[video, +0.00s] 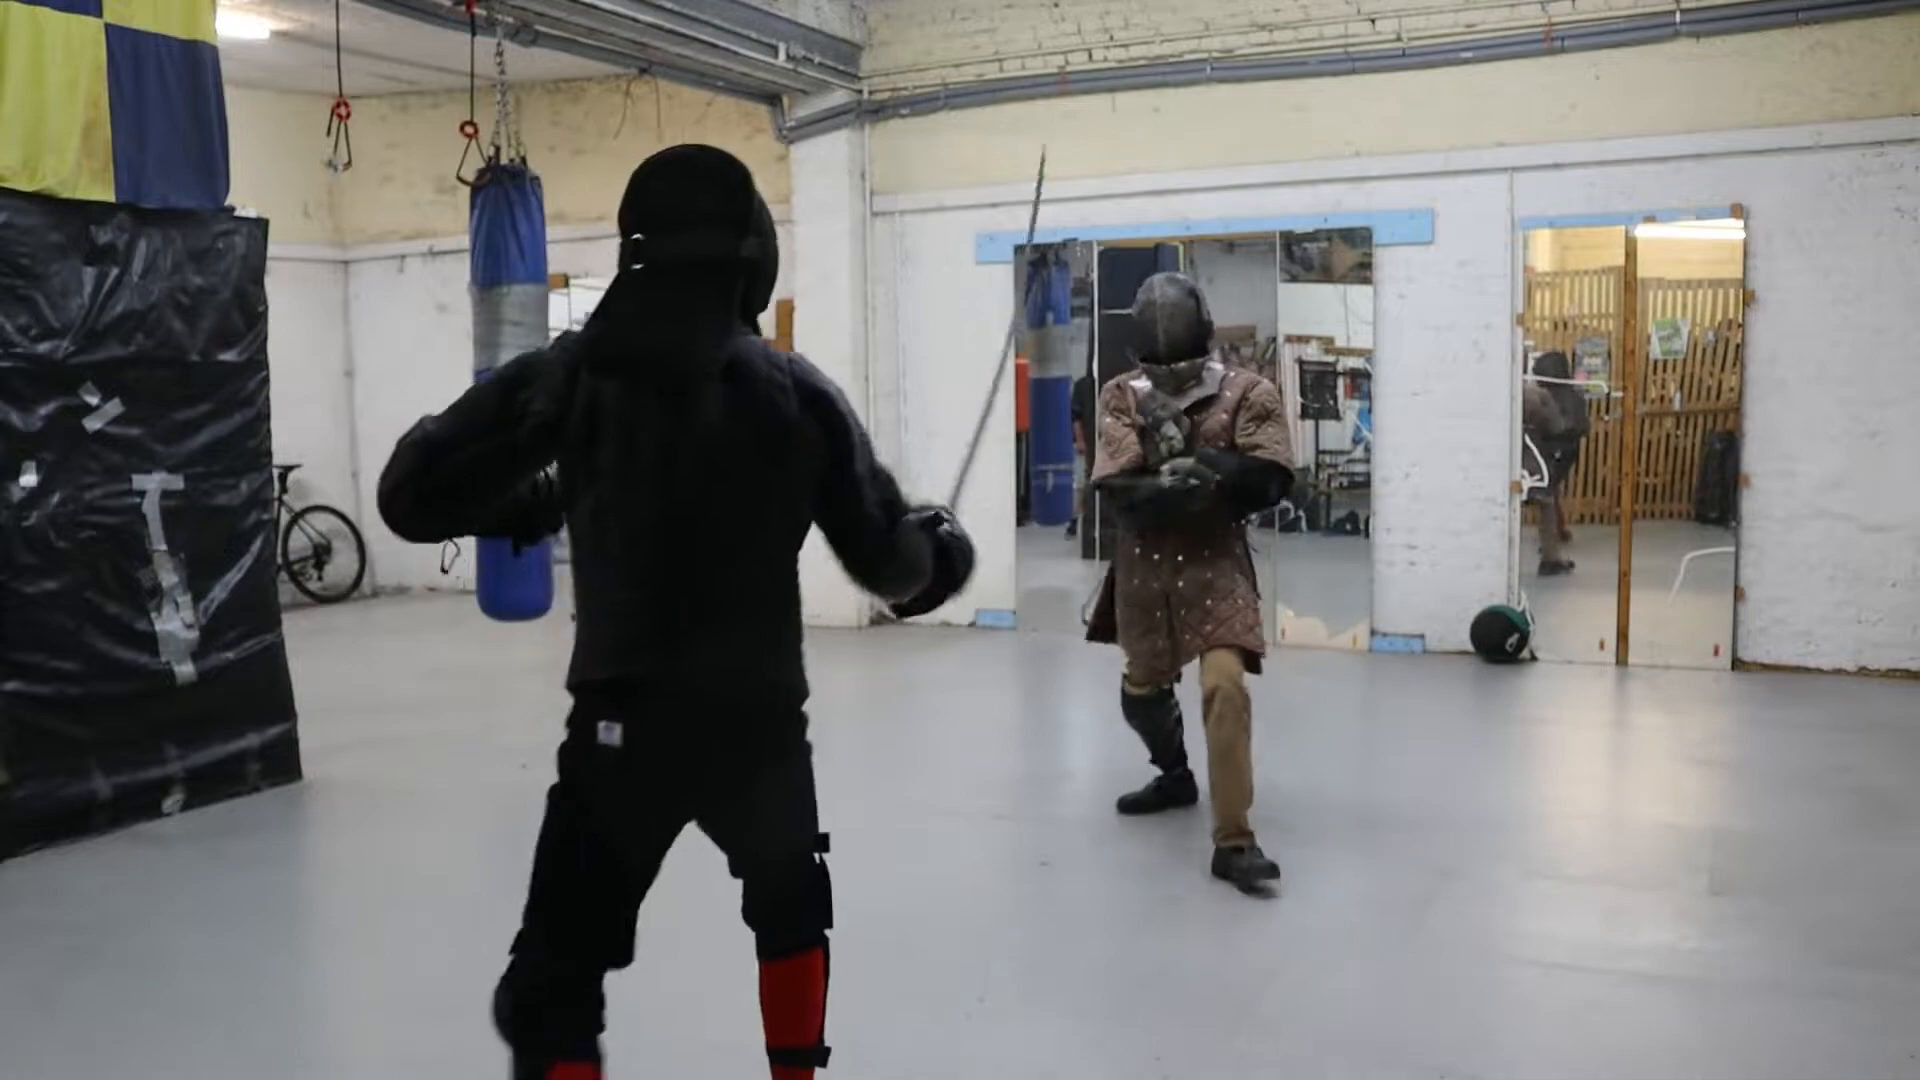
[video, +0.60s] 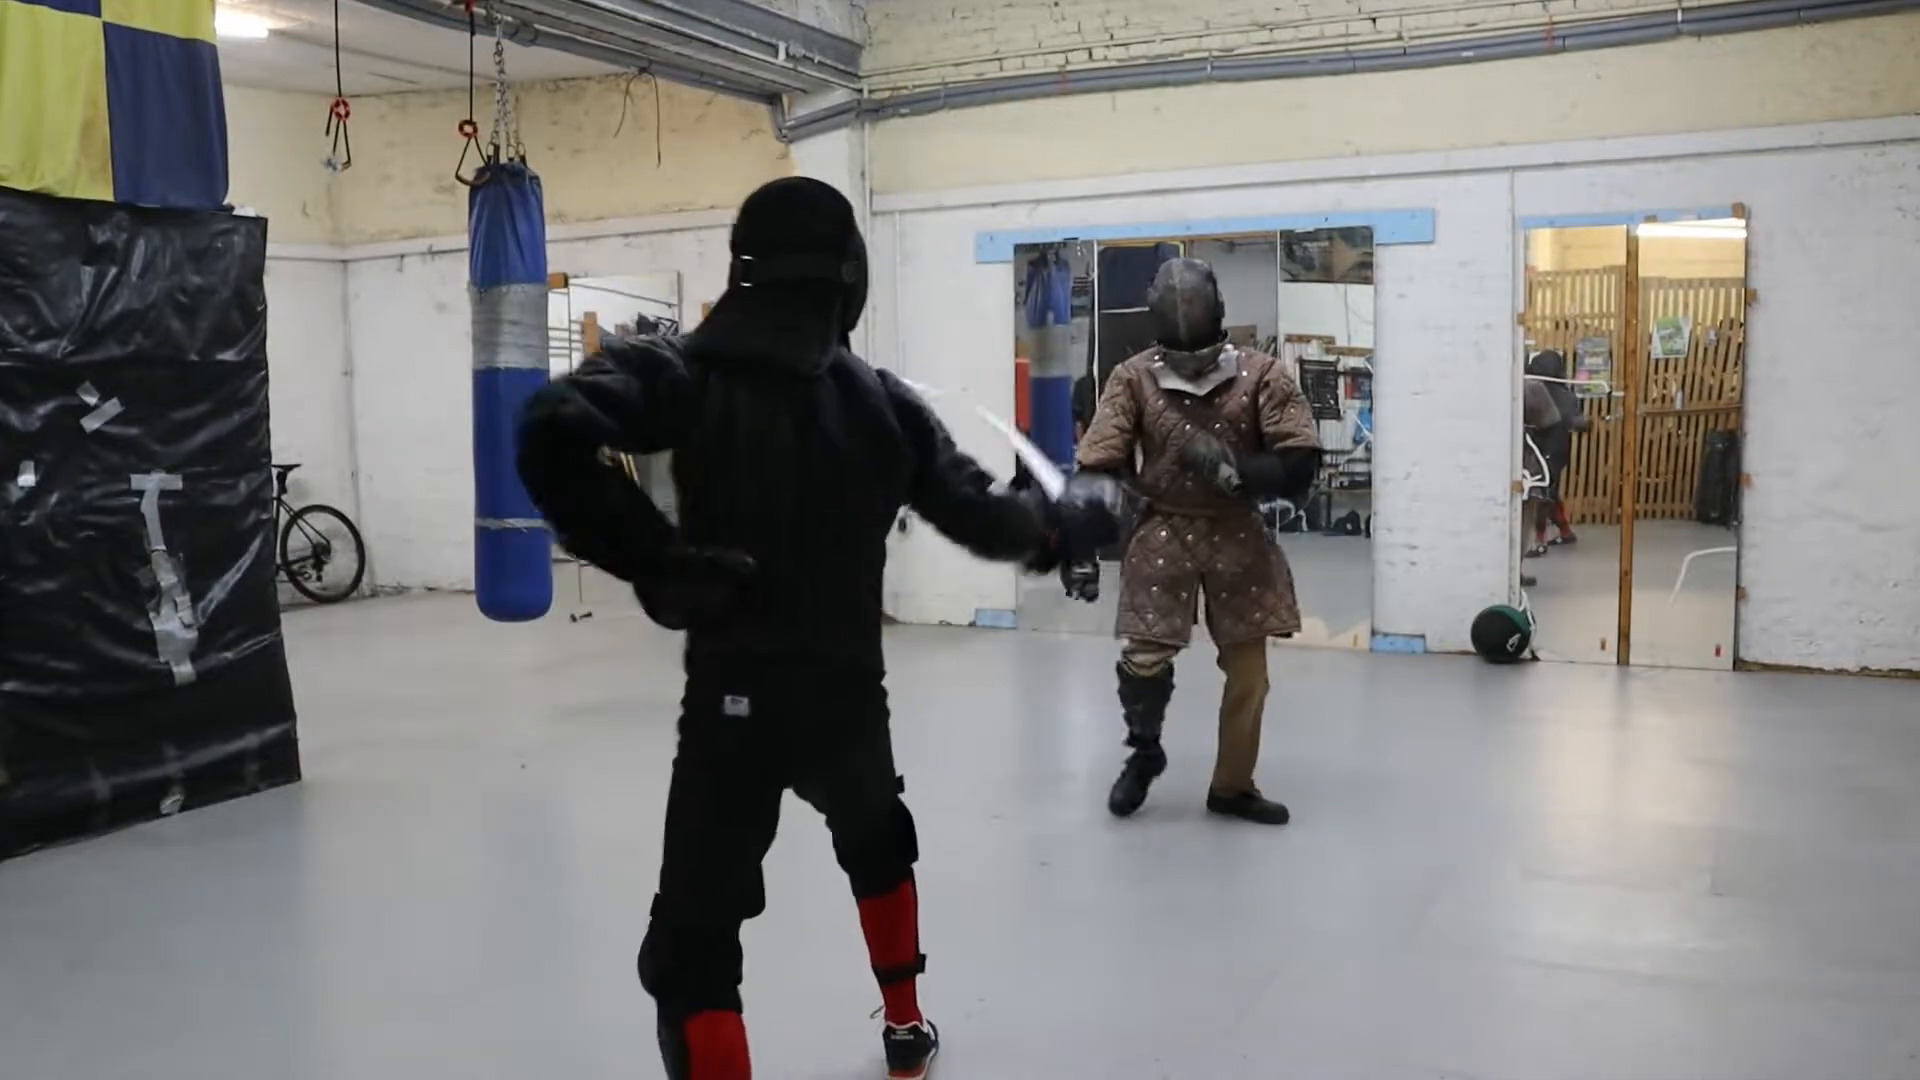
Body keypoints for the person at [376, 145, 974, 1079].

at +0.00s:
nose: (764, 264)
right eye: (758, 246)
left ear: (633, 254)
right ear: (752, 259)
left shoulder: (568, 378)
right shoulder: (792, 392)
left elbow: (412, 496)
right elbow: (890, 563)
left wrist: (542, 501)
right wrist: (940, 545)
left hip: (622, 738)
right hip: (758, 738)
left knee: (554, 988)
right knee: (792, 914)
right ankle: (796, 1072)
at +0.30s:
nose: (793, 256)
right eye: (789, 238)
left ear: (666, 245)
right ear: (781, 247)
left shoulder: (604, 372)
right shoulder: (825, 383)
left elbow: (466, 518)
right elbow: (895, 551)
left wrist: (476, 636)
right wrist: (940, 668)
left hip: (662, 704)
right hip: (797, 702)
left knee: (645, 942)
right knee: (833, 856)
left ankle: (685, 1075)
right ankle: (822, 1063)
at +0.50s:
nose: (831, 278)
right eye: (828, 261)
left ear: (716, 260)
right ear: (820, 267)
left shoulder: (659, 365)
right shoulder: (858, 396)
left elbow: (495, 425)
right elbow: (938, 542)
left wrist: (560, 597)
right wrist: (1019, 601)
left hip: (701, 701)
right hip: (819, 700)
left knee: (678, 933)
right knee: (865, 861)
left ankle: (696, 1074)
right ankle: (905, 1032)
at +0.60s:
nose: (854, 286)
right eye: (852, 270)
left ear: (745, 271)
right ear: (847, 278)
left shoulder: (688, 373)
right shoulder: (879, 401)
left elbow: (552, 430)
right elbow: (984, 518)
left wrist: (659, 562)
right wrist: (1061, 523)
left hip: (727, 698)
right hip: (844, 698)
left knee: (697, 931)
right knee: (878, 839)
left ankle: (719, 1071)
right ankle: (905, 1025)